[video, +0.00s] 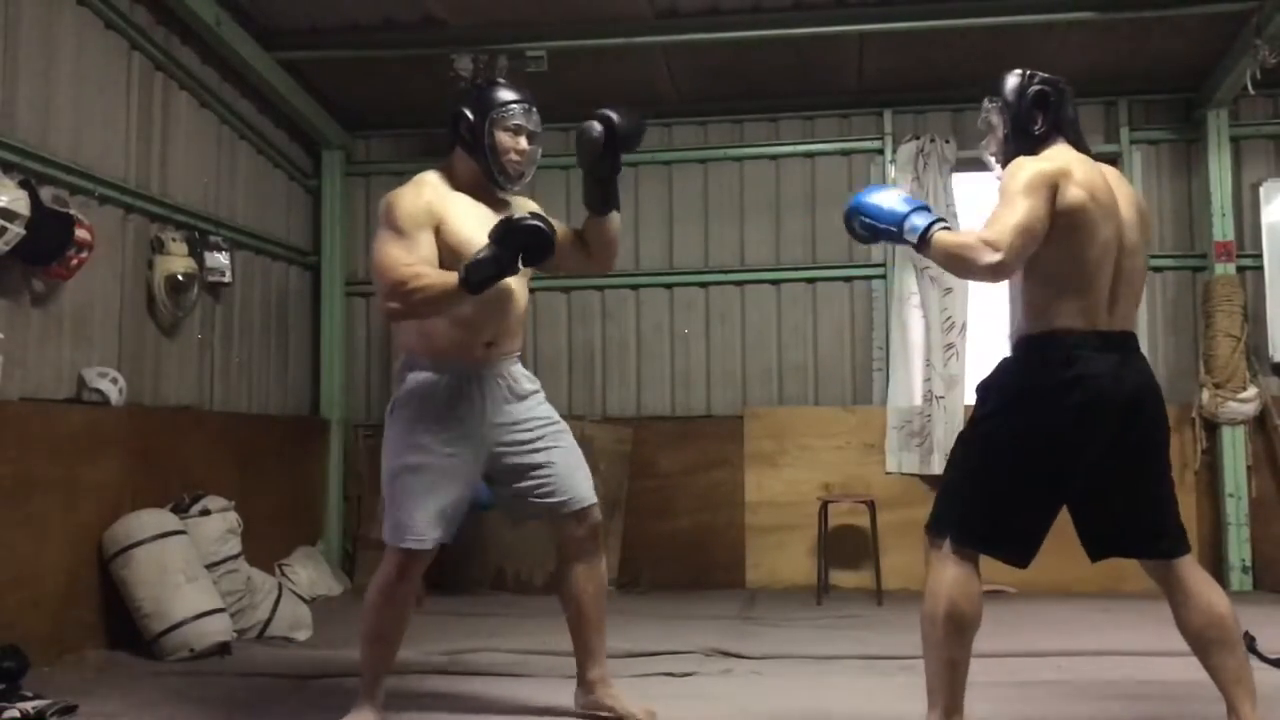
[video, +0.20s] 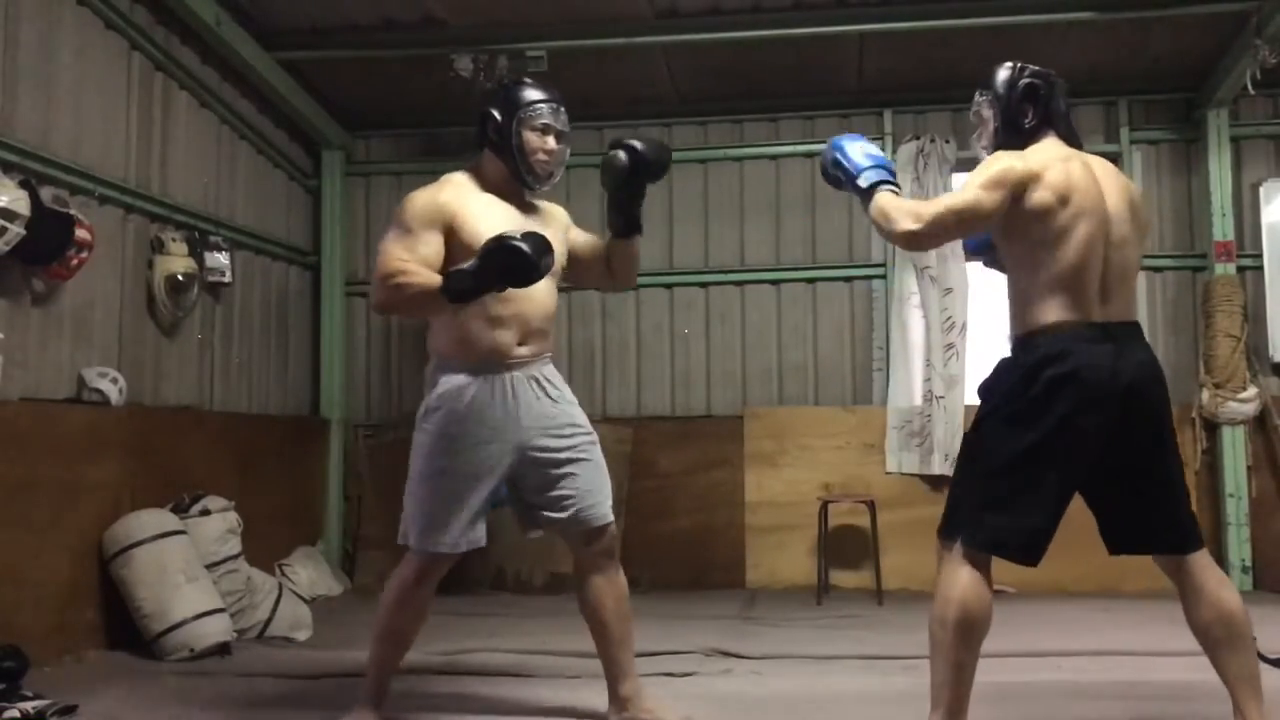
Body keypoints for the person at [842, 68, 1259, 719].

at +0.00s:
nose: (987, 142)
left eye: (991, 125)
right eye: (986, 127)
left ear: (1025, 122)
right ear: (1062, 120)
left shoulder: (1034, 170)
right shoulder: (1125, 187)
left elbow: (992, 257)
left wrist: (914, 223)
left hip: (1044, 384)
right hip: (1128, 385)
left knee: (953, 543)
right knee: (1174, 561)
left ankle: (943, 713)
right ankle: (1247, 709)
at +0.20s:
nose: (978, 135)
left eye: (981, 120)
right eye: (976, 122)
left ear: (1015, 115)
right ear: (1052, 114)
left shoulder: (1012, 169)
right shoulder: (1117, 178)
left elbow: (913, 228)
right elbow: (1094, 259)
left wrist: (870, 181)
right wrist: (1002, 249)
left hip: (1047, 375)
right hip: (1133, 372)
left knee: (965, 551)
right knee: (1186, 554)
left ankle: (947, 714)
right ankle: (1255, 709)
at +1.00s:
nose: (1043, 127)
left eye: (1048, 109)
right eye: (1040, 111)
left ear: (1081, 103)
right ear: (1119, 102)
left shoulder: (1095, 158)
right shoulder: (1185, 165)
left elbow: (1035, 258)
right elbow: (1140, 254)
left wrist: (964, 207)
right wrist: (1051, 227)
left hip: (1123, 367)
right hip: (1206, 365)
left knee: (1045, 546)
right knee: (1249, 557)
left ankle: (1036, 713)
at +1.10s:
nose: (1040, 136)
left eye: (1042, 119)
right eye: (1037, 122)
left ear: (1067, 111)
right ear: (1116, 109)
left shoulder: (1095, 167)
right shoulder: (1183, 172)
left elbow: (1023, 264)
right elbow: (1146, 288)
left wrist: (962, 213)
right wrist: (1065, 269)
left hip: (1126, 374)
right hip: (1208, 372)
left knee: (1032, 545)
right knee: (1241, 557)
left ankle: (1031, 713)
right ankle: (1274, 651)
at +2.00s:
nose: (1049, 139)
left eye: (1059, 122)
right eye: (1046, 126)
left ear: (1106, 119)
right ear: (1118, 125)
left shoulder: (1141, 181)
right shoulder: (1174, 183)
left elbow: (1109, 305)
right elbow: (1134, 290)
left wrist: (1023, 260)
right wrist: (1057, 244)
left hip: (1161, 390)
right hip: (1218, 390)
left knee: (1037, 548)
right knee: (1239, 571)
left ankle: (1030, 713)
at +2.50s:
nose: (1037, 133)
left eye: (1047, 116)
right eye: (1036, 119)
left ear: (1091, 114)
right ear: (1089, 119)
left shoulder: (1147, 178)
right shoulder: (1120, 198)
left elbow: (1126, 302)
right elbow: (1092, 319)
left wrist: (1029, 255)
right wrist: (1011, 278)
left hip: (1169, 388)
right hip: (1204, 390)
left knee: (1047, 549)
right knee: (1242, 569)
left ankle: (1033, 711)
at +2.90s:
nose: (1061, 105)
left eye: (1070, 89)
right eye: (1061, 90)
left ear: (1108, 91)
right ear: (1139, 93)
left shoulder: (1104, 153)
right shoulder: (1192, 163)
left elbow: (998, 268)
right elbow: (1105, 275)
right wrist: (1035, 219)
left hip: (1152, 343)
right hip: (1225, 356)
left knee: (1033, 520)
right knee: (1152, 550)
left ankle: (985, 704)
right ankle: (1181, 711)